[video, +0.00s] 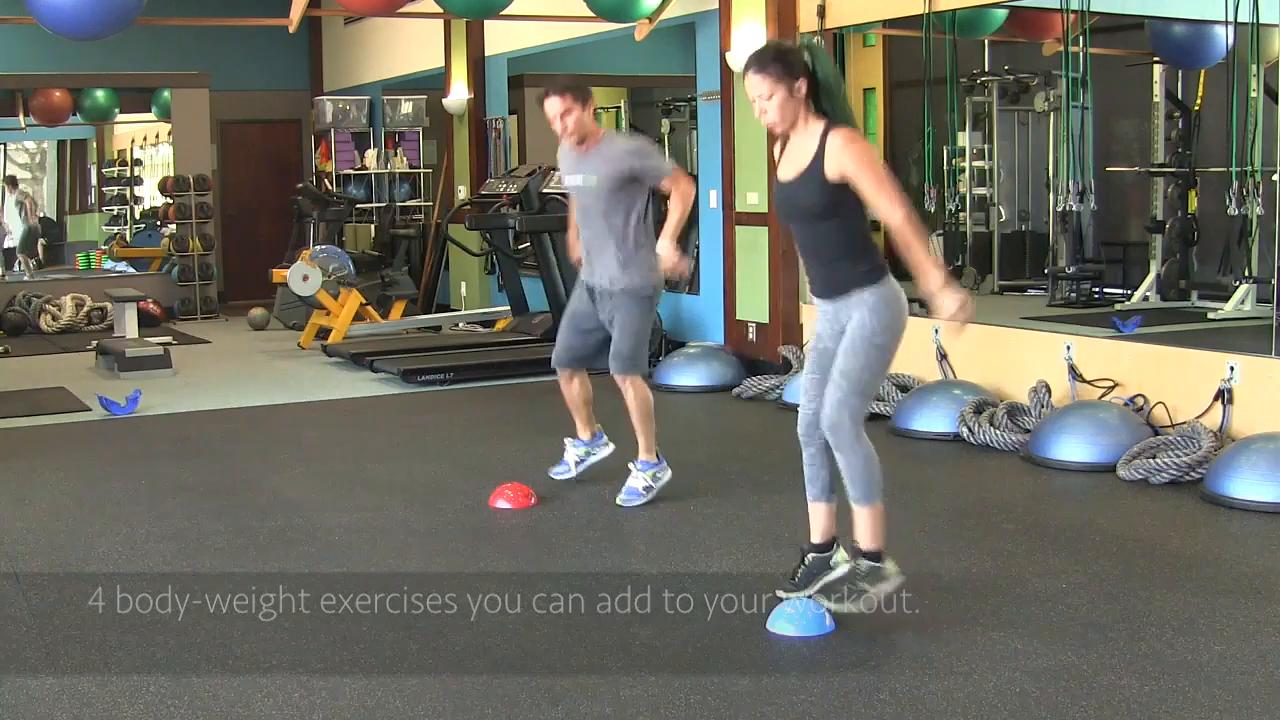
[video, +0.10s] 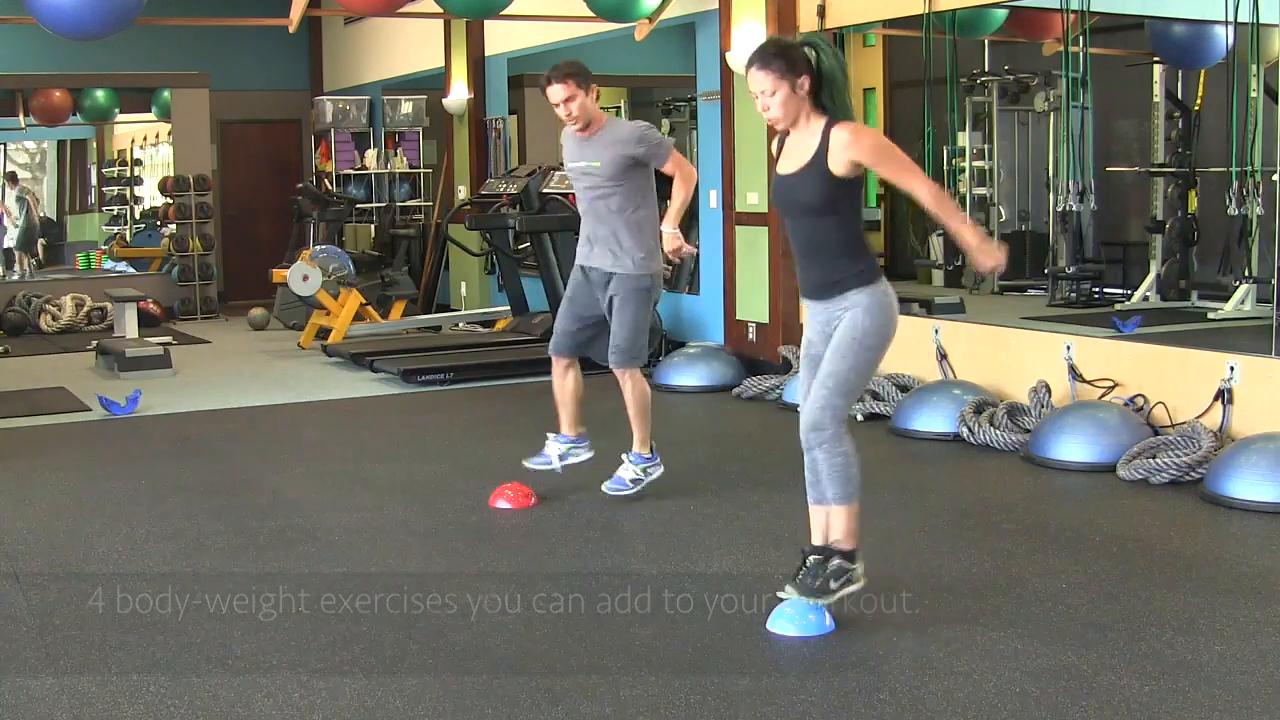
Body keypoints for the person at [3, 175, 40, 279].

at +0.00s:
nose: (6, 189)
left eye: (6, 186)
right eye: (6, 186)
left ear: (11, 185)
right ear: (13, 185)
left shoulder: (20, 194)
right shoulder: (16, 196)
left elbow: (30, 202)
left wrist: (31, 217)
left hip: (28, 225)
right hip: (24, 225)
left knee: (20, 252)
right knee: (22, 252)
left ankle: (30, 275)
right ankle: (29, 274)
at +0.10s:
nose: (7, 186)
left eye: (7, 183)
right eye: (6, 183)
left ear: (11, 182)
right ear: (16, 180)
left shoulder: (20, 192)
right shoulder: (24, 190)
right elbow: (37, 201)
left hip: (27, 224)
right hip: (32, 223)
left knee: (18, 248)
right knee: (26, 249)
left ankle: (20, 272)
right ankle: (29, 272)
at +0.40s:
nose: (10, 187)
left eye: (12, 184)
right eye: (9, 184)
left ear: (19, 183)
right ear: (18, 184)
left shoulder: (23, 193)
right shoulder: (23, 194)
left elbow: (29, 205)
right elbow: (30, 207)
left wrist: (23, 218)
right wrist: (23, 218)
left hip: (29, 228)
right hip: (32, 227)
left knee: (14, 250)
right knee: (26, 255)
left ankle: (16, 274)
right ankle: (32, 278)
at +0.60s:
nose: (8, 188)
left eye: (10, 185)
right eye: (8, 185)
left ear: (17, 185)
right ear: (17, 185)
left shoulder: (23, 195)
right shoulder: (21, 195)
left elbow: (22, 209)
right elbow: (23, 210)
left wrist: (6, 213)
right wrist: (13, 214)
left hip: (33, 226)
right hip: (31, 226)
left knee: (24, 252)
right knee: (26, 251)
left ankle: (31, 275)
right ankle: (33, 273)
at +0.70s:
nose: (9, 198)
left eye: (11, 195)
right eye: (9, 196)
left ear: (17, 195)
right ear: (11, 196)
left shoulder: (23, 206)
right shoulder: (21, 207)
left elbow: (20, 220)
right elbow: (21, 221)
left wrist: (6, 218)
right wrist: (9, 221)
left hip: (38, 235)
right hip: (36, 235)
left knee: (26, 258)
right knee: (29, 257)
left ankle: (33, 279)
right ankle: (37, 278)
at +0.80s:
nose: (9, 213)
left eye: (10, 210)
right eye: (8, 210)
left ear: (16, 210)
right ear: (16, 210)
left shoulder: (22, 219)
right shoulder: (22, 219)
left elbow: (18, 235)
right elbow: (18, 234)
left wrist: (6, 229)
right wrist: (8, 229)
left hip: (42, 243)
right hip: (40, 242)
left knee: (25, 260)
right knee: (26, 259)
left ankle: (35, 278)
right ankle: (37, 278)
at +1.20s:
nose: (9, 211)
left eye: (10, 209)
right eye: (9, 209)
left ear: (16, 209)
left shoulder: (22, 218)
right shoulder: (20, 219)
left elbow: (24, 229)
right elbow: (18, 230)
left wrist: (13, 237)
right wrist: (10, 236)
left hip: (42, 243)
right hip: (37, 243)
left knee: (25, 259)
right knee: (24, 259)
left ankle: (34, 278)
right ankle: (36, 278)